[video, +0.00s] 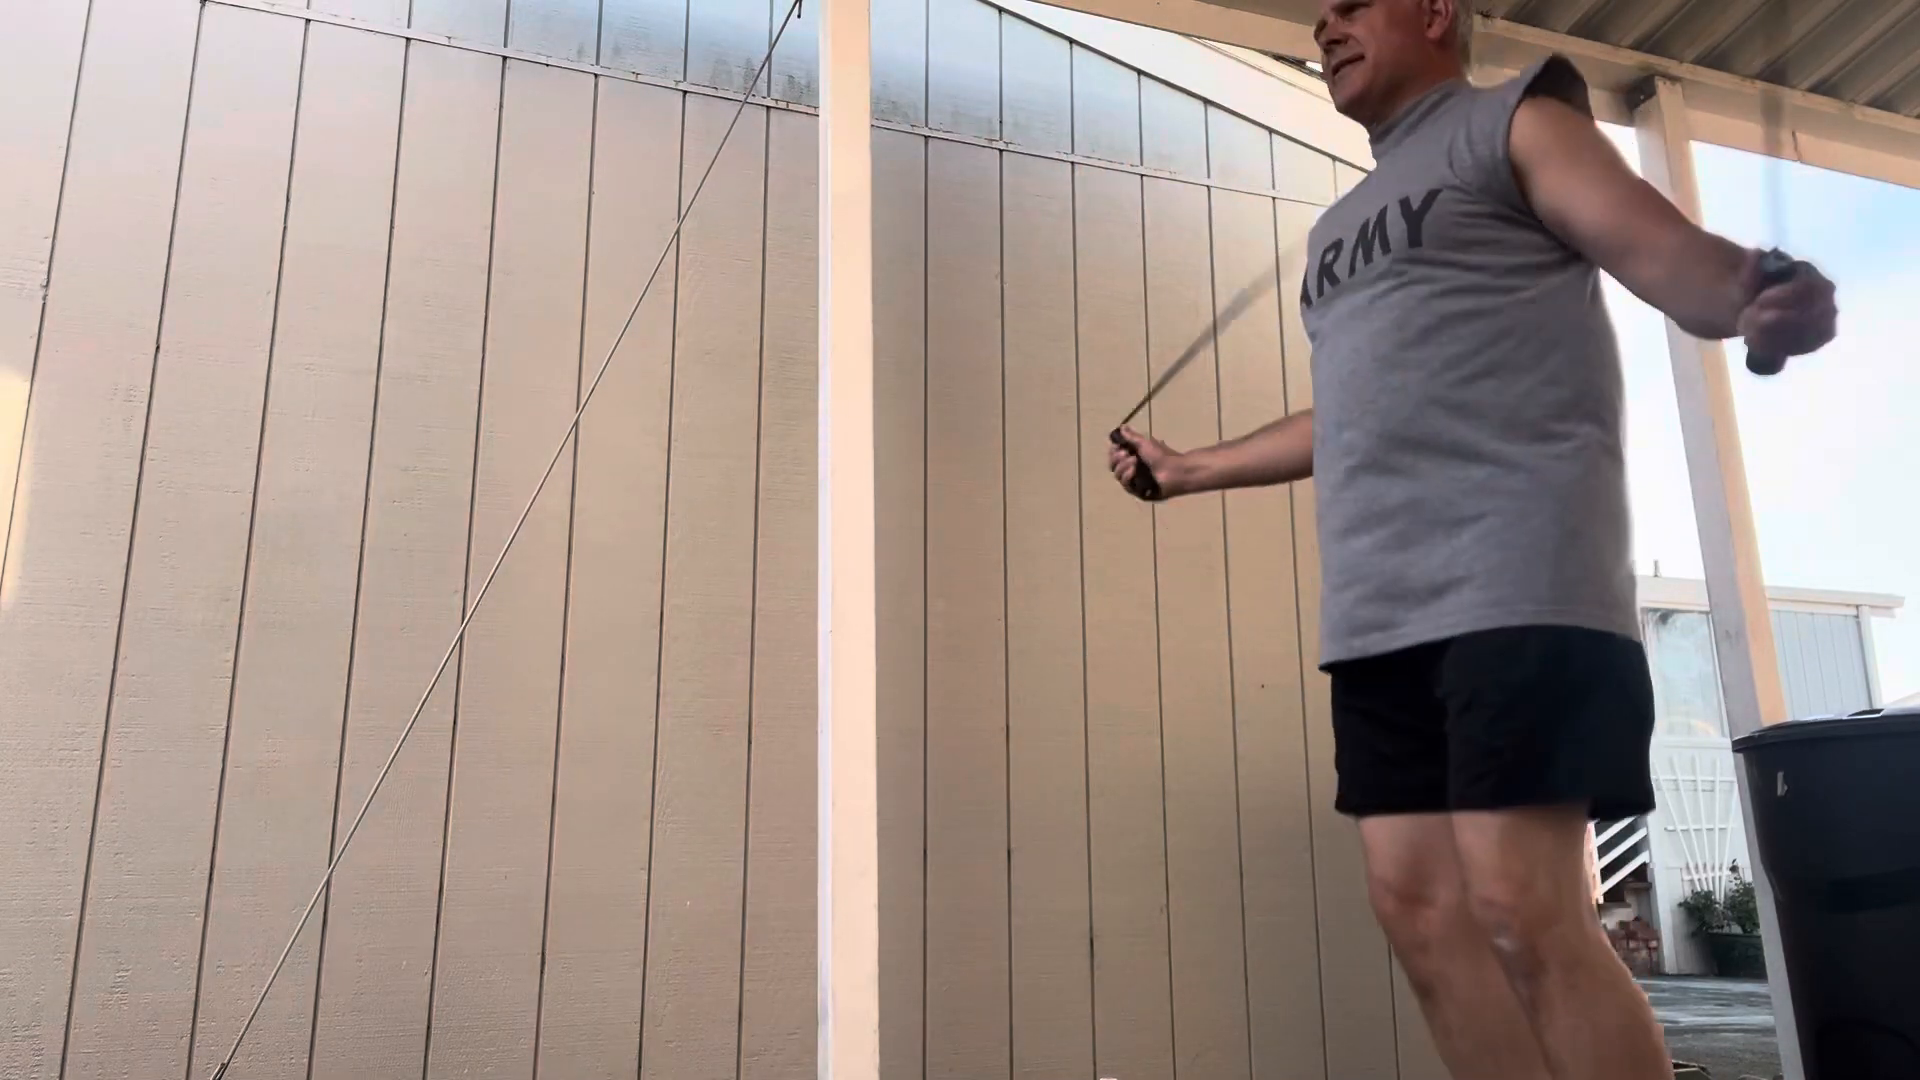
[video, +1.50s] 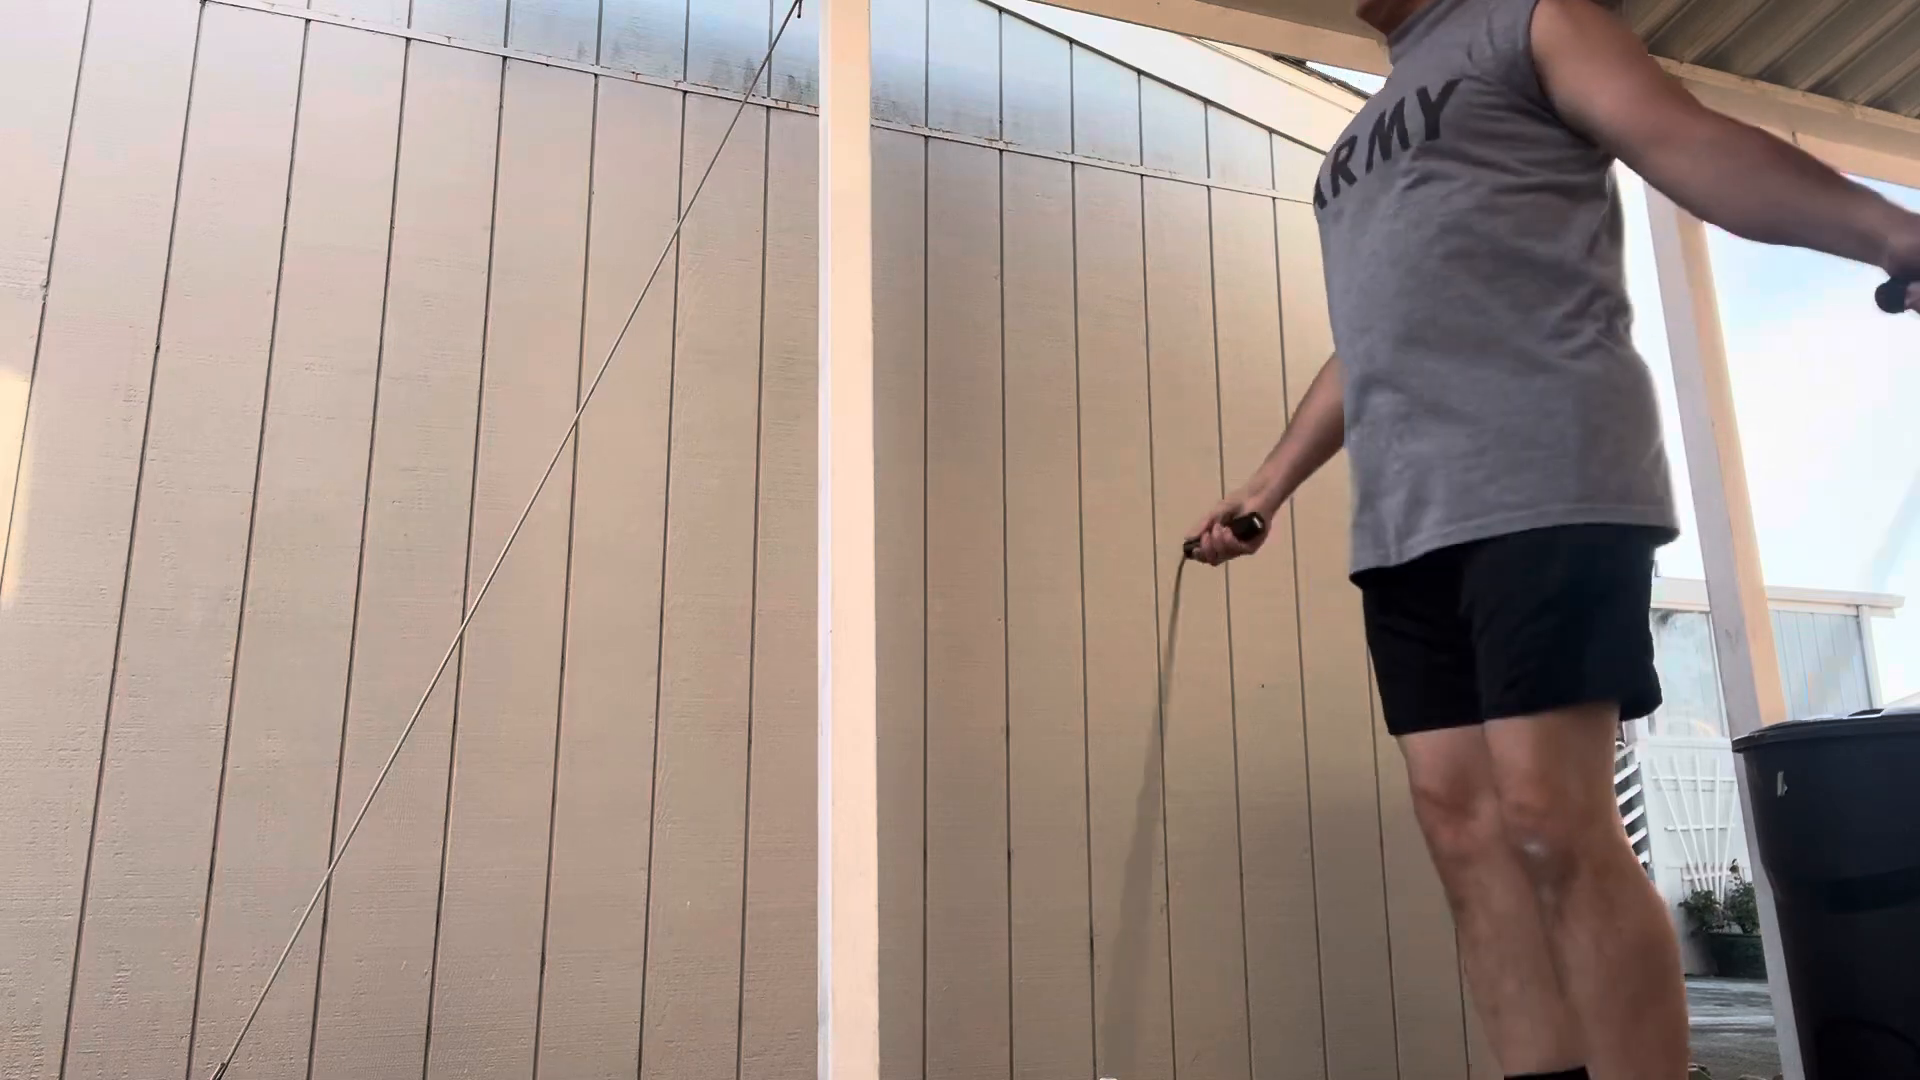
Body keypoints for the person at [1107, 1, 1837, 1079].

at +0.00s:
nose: (1327, 34)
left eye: (1353, 8)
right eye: (1319, 23)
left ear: (1436, 18)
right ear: (1323, 61)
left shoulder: (1514, 118)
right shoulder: (1336, 229)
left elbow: (1646, 242)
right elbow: (1346, 418)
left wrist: (1747, 293)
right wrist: (1186, 468)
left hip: (1523, 567)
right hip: (1375, 595)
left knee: (1532, 905)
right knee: (1419, 906)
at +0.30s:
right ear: (1322, 10)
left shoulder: (1496, 33)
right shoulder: (1334, 154)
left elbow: (1643, 144)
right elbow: (1342, 356)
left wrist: (1857, 220)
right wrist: (1235, 476)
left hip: (1515, 480)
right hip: (1379, 514)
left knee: (1521, 817)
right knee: (1441, 821)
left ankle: (1616, 1069)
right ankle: (1533, 1071)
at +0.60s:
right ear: (1338, 19)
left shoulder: (1514, 47)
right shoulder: (1337, 168)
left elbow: (1636, 188)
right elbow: (1341, 364)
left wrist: (1795, 304)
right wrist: (1250, 512)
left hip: (1505, 500)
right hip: (1372, 527)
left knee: (1524, 835)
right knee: (1431, 831)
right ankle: (1517, 1074)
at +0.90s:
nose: (1335, 39)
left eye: (1365, 15)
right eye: (1331, 28)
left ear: (1448, 22)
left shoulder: (1524, 136)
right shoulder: (1353, 240)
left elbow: (1666, 253)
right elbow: (1348, 434)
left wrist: (1751, 319)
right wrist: (1185, 482)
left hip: (1522, 598)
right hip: (1373, 619)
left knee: (1521, 933)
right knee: (1398, 921)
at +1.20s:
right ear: (1344, 27)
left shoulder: (1528, 67)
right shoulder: (1349, 182)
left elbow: (1686, 191)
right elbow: (1359, 381)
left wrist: (1854, 219)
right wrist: (1224, 449)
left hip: (1532, 529)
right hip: (1381, 557)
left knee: (1543, 866)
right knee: (1429, 865)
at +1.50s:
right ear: (1378, 2)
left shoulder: (1526, 19)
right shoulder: (1352, 151)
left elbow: (1686, 141)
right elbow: (1366, 348)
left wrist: (1896, 237)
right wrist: (1265, 485)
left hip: (1547, 475)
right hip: (1402, 510)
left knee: (1555, 819)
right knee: (1456, 819)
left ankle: (1642, 1070)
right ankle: (1540, 1069)